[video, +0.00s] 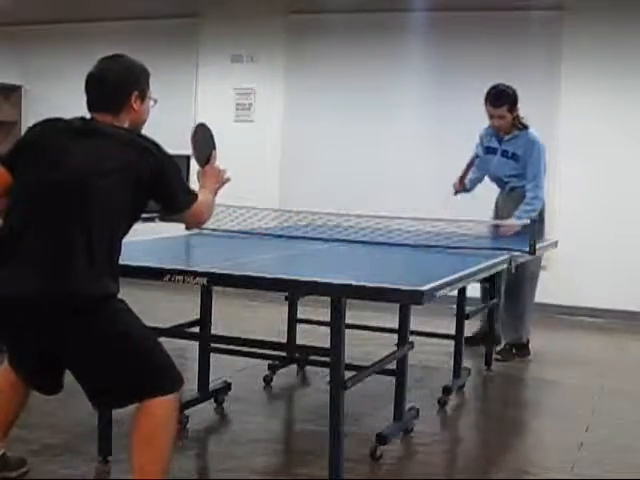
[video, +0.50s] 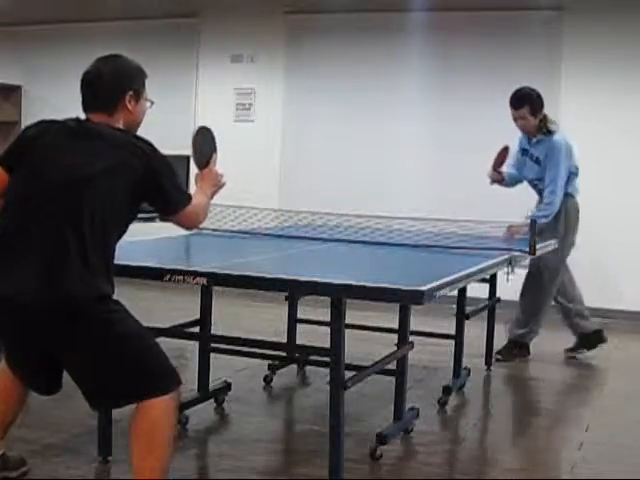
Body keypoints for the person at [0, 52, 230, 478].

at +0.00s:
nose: (148, 110)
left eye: (150, 101)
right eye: (148, 100)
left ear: (92, 98)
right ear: (134, 102)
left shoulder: (43, 133)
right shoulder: (145, 155)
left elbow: (1, 184)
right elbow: (196, 215)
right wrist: (209, 186)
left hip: (15, 288)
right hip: (83, 295)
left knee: (20, 365)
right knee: (161, 389)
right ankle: (148, 473)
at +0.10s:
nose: (149, 111)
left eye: (150, 102)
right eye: (148, 102)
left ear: (92, 100)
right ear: (134, 104)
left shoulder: (43, 135)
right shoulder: (146, 158)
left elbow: (2, 185)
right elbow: (195, 217)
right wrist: (209, 187)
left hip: (15, 289)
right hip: (83, 296)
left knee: (21, 365)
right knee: (162, 389)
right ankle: (148, 473)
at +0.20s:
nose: (148, 112)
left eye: (149, 103)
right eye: (148, 103)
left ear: (91, 100)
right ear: (134, 104)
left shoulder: (42, 136)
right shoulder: (144, 158)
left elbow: (2, 185)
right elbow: (194, 217)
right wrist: (210, 189)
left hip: (15, 290)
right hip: (82, 298)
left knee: (21, 366)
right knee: (162, 389)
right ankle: (148, 474)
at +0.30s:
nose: (148, 112)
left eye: (149, 103)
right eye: (147, 102)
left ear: (91, 100)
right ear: (132, 104)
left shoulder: (41, 135)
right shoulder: (144, 158)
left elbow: (2, 185)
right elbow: (193, 218)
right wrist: (208, 190)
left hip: (12, 288)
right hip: (80, 296)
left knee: (17, 365)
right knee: (162, 389)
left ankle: (0, 453)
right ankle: (148, 473)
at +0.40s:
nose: (147, 111)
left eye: (148, 103)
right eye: (146, 102)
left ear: (90, 99)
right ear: (130, 104)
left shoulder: (40, 135)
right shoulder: (142, 157)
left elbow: (2, 185)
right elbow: (192, 217)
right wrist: (207, 188)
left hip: (12, 288)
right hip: (79, 296)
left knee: (16, 365)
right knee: (161, 389)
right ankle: (148, 473)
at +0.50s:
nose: (144, 111)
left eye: (146, 102)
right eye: (144, 101)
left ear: (88, 98)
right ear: (129, 102)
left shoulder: (38, 134)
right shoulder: (139, 155)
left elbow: (2, 185)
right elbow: (190, 217)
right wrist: (205, 188)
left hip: (12, 288)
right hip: (78, 295)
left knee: (16, 365)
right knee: (160, 389)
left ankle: (0, 453)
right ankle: (148, 473)